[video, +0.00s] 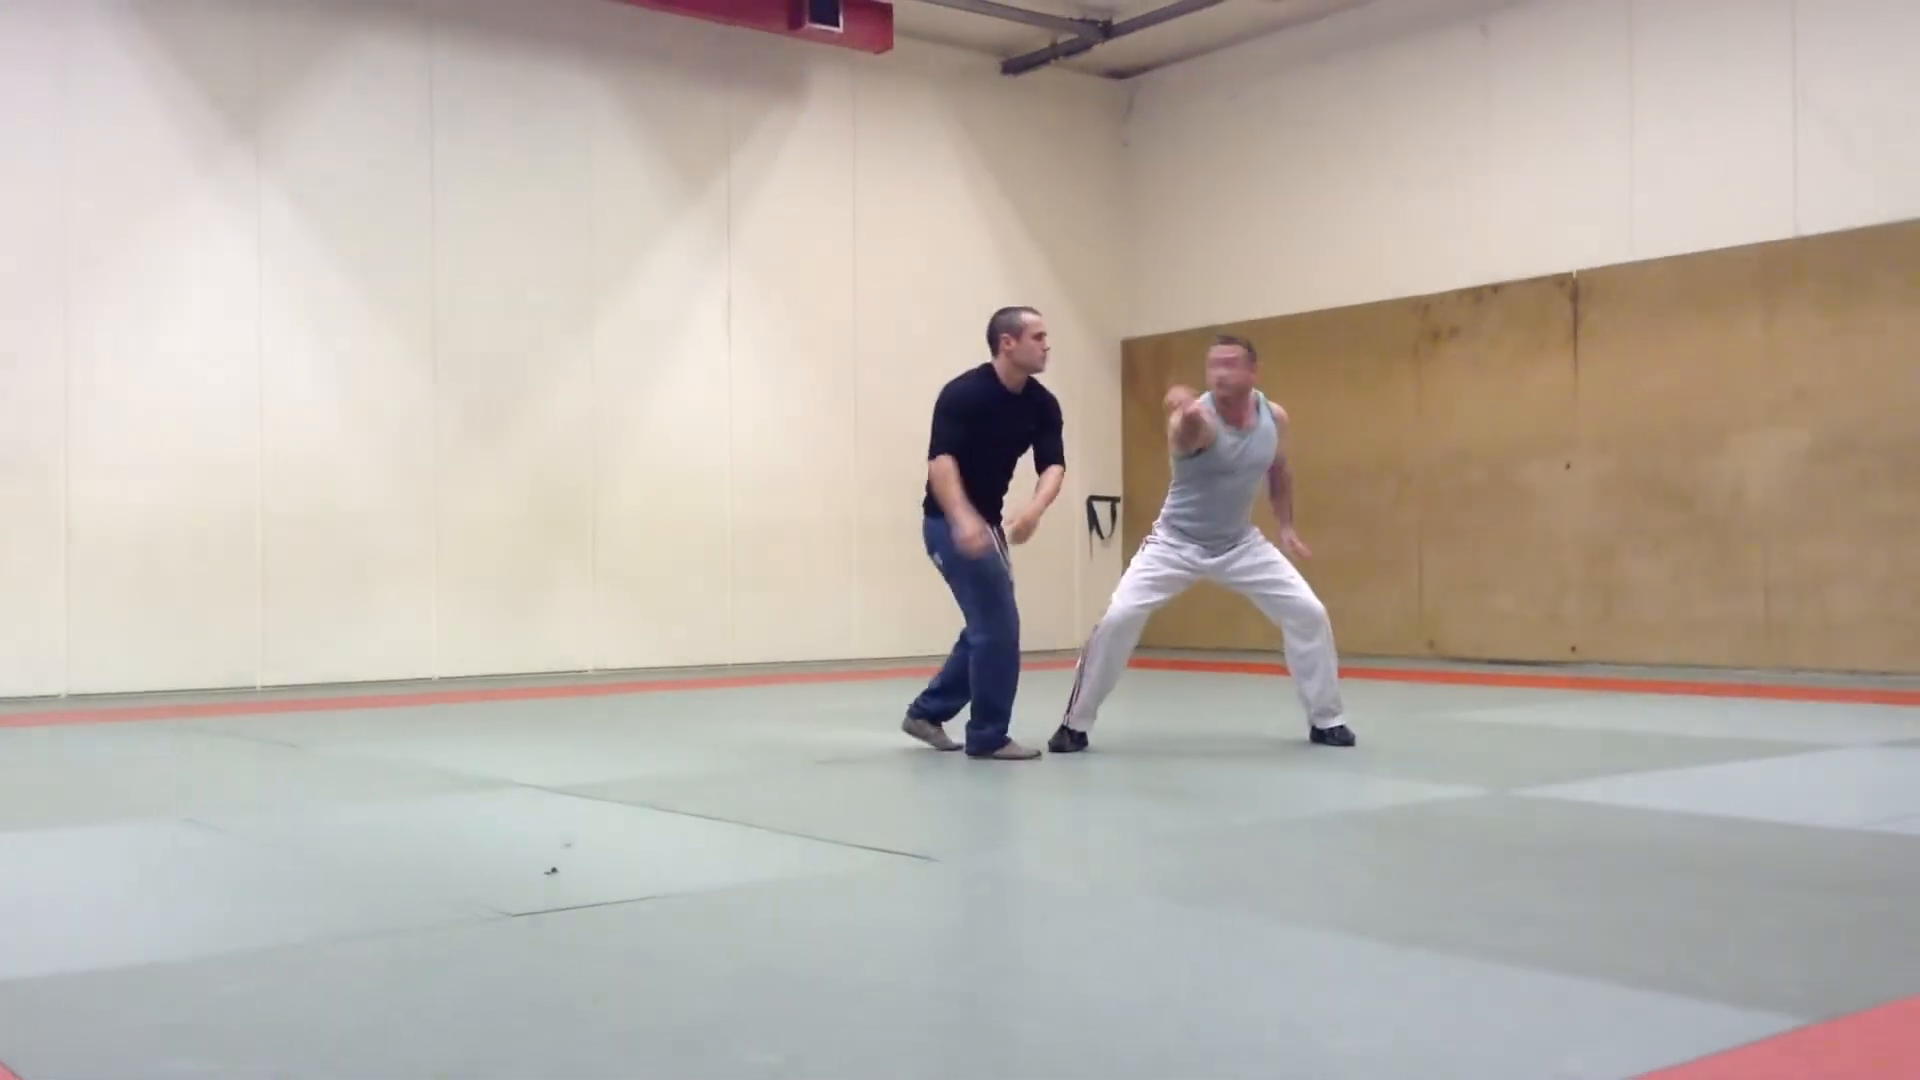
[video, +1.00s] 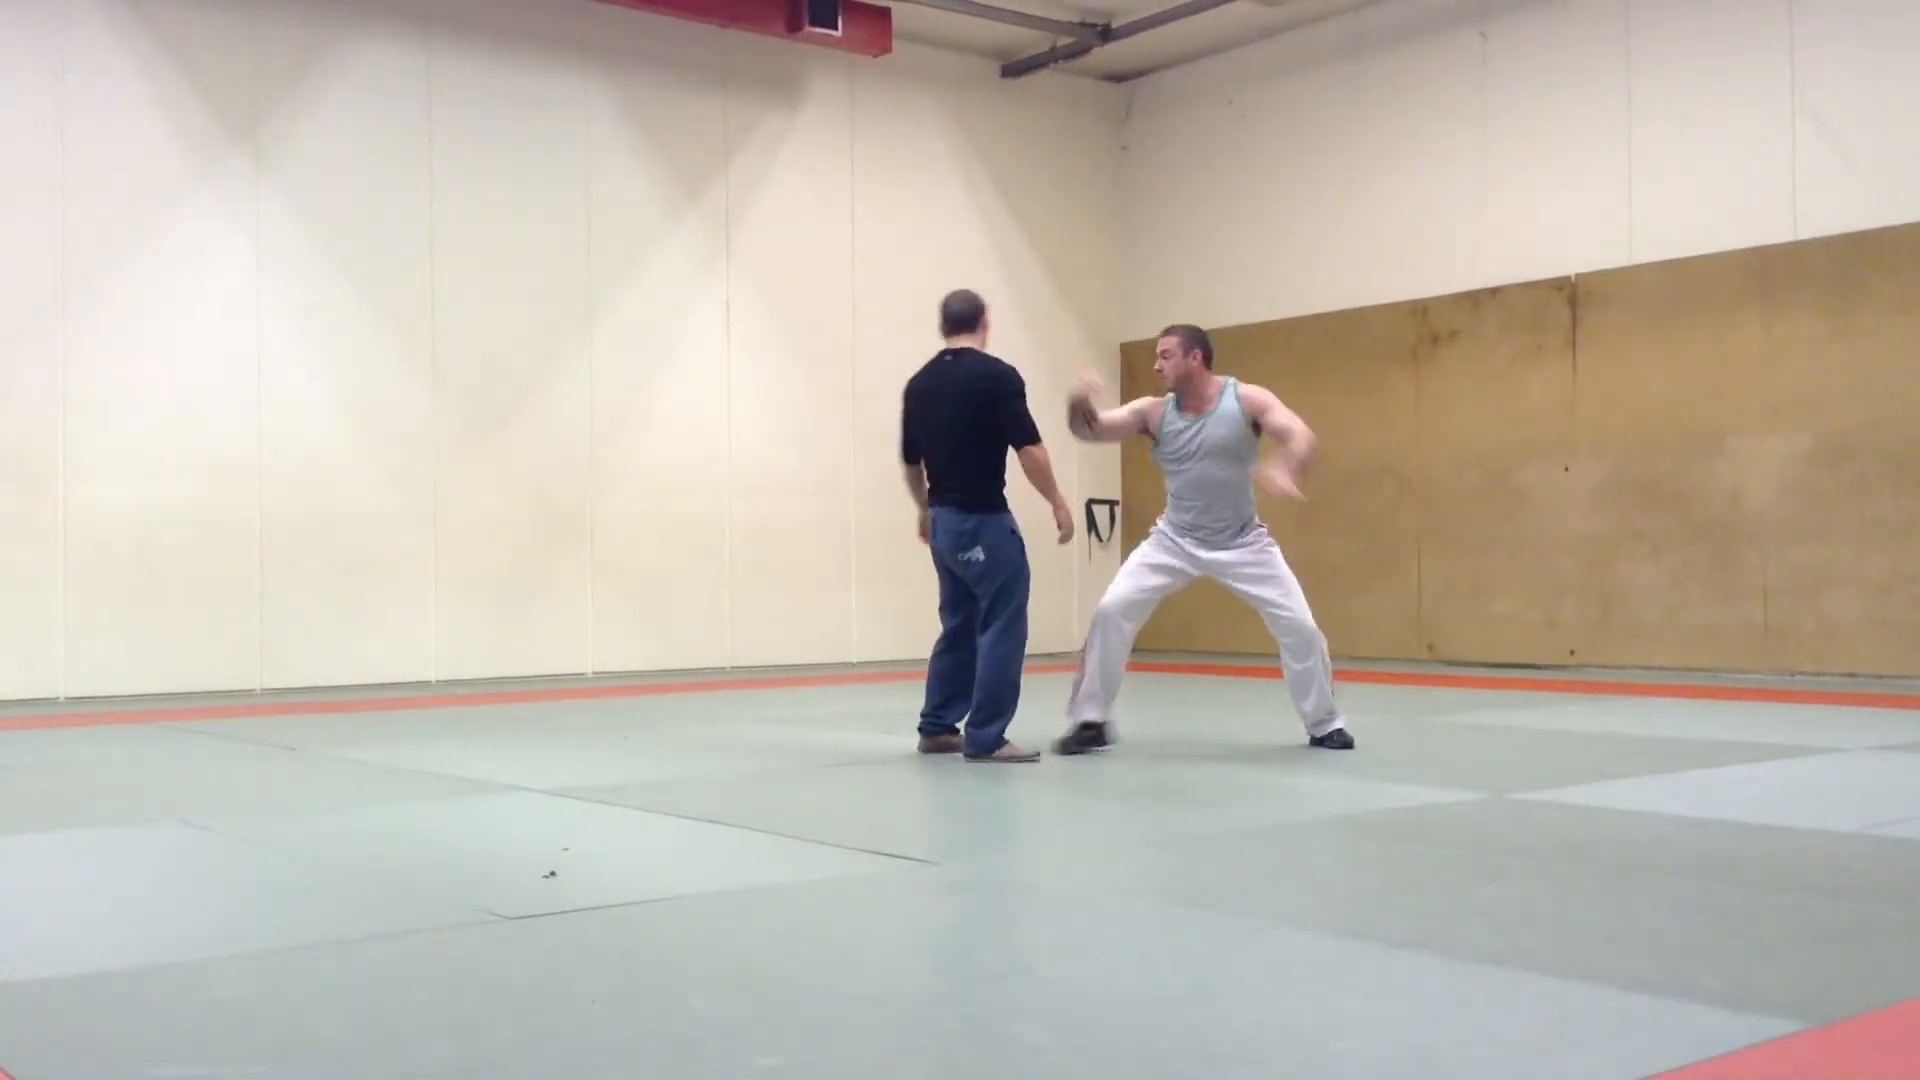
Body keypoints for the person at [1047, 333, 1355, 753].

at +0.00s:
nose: (1219, 373)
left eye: (1230, 365)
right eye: (1214, 365)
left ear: (1253, 372)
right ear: (1206, 371)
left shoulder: (1273, 419)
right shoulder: (1195, 415)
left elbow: (1277, 469)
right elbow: (1185, 439)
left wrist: (1286, 525)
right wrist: (1188, 418)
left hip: (1240, 546)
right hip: (1174, 545)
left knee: (1309, 614)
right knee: (1118, 618)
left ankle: (1325, 720)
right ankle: (1075, 724)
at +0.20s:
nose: (1179, 377)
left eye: (1189, 370)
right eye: (1179, 370)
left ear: (1220, 376)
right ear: (1182, 375)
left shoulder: (1260, 420)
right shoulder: (1173, 419)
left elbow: (1287, 472)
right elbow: (1146, 421)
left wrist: (1291, 535)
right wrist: (1215, 394)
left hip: (1231, 552)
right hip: (1163, 550)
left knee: (1301, 623)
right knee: (1105, 619)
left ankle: (1322, 724)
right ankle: (1071, 728)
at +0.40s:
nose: (1163, 376)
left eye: (1173, 368)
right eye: (1162, 368)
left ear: (1202, 373)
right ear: (1165, 375)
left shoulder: (1246, 418)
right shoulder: (1158, 416)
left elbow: (1278, 471)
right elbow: (1118, 407)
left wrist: (1286, 537)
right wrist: (1181, 414)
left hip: (1225, 553)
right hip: (1157, 552)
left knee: (1297, 625)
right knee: (1096, 620)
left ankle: (1323, 724)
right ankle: (1069, 729)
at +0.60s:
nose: (1164, 373)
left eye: (1174, 364)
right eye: (1164, 364)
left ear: (1203, 369)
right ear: (1166, 371)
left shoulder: (1248, 416)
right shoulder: (1151, 409)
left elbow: (1283, 472)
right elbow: (1090, 395)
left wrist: (1293, 537)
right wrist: (1090, 372)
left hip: (1227, 551)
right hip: (1158, 550)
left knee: (1299, 625)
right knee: (1096, 620)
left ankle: (1323, 724)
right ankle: (1069, 729)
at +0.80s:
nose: (1166, 369)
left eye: (1175, 361)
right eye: (1166, 361)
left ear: (1205, 366)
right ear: (1186, 368)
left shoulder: (1253, 414)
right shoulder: (1155, 407)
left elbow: (1293, 465)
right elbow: (1094, 387)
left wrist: (1310, 530)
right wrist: (1040, 361)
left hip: (1233, 549)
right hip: (1163, 549)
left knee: (1303, 626)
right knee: (1099, 622)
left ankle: (1324, 726)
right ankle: (1069, 730)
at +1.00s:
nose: (1157, 365)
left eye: (1165, 356)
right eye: (1156, 357)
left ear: (1196, 359)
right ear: (1178, 362)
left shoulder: (1247, 399)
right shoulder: (1153, 411)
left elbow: (1300, 437)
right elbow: (1089, 429)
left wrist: (1284, 469)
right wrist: (1080, 403)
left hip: (1244, 544)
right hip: (1174, 541)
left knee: (1301, 629)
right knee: (1111, 610)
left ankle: (1324, 724)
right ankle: (1091, 722)